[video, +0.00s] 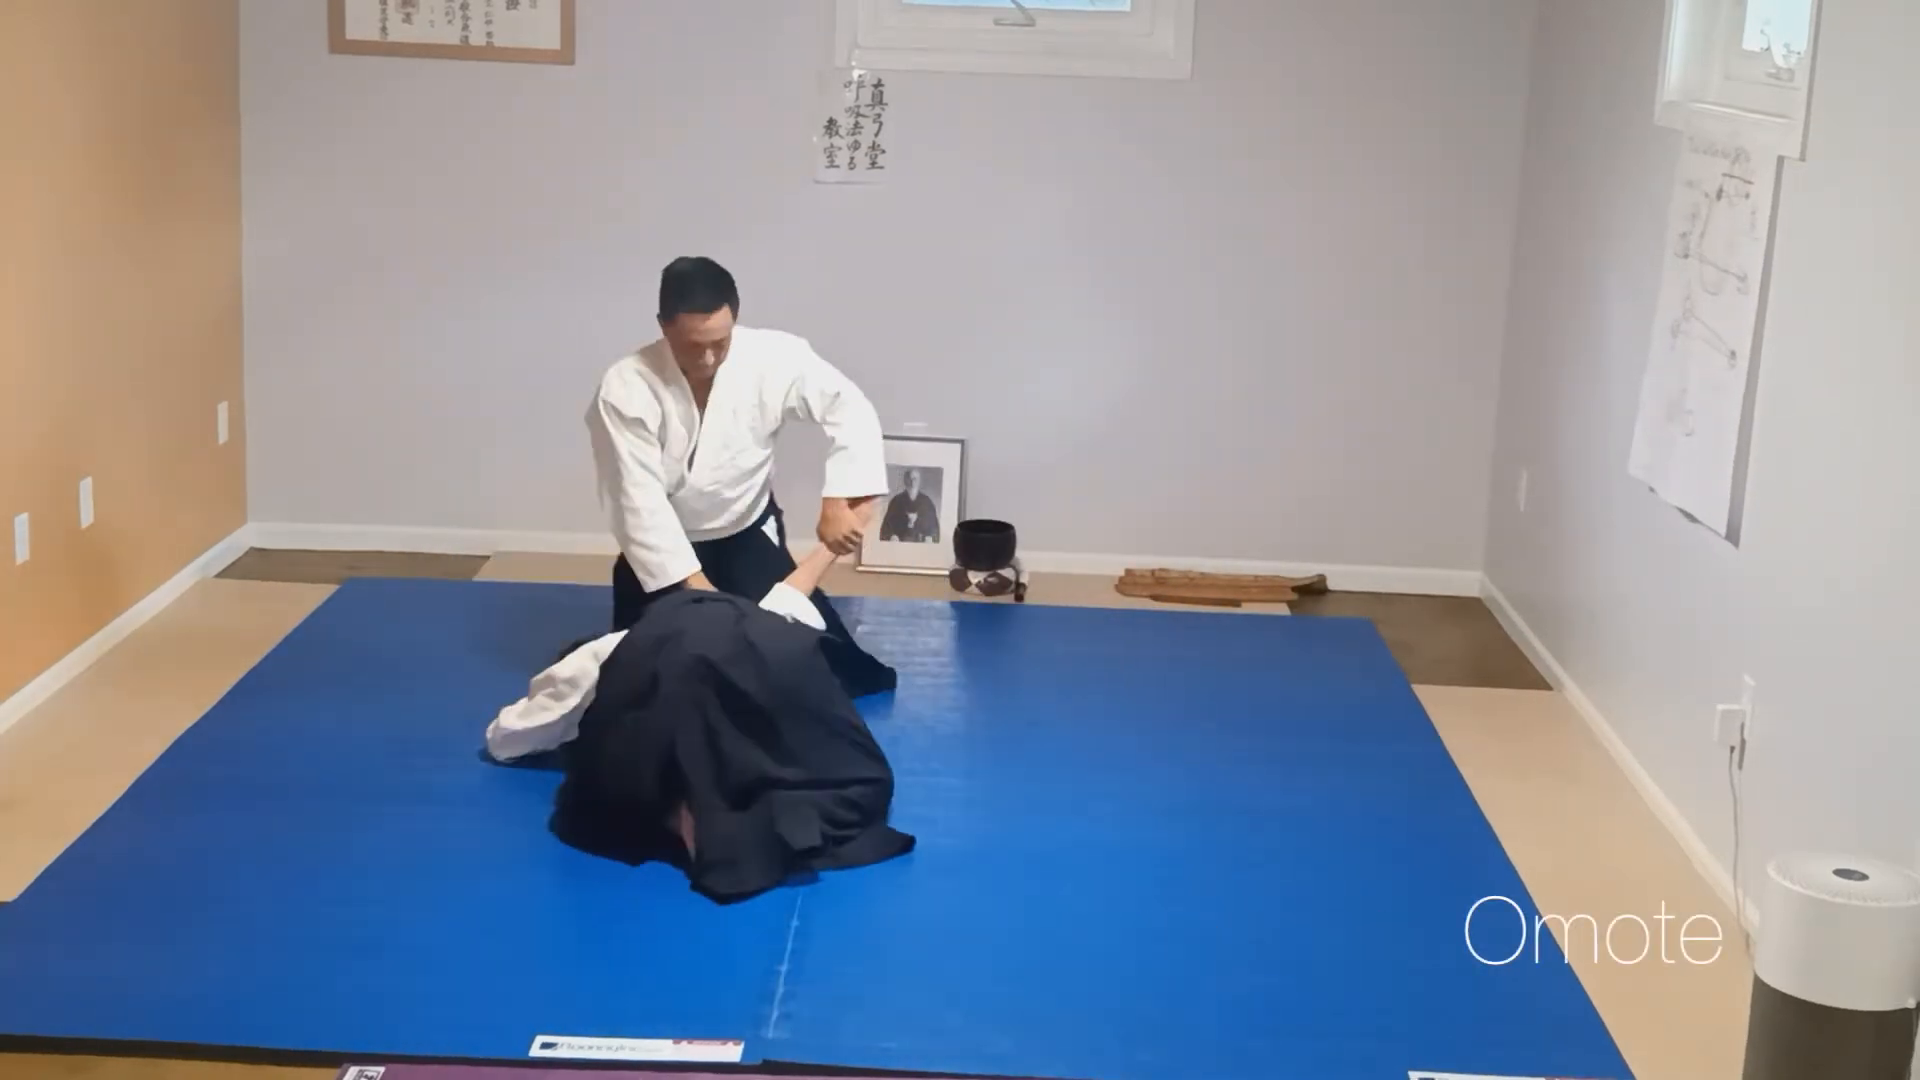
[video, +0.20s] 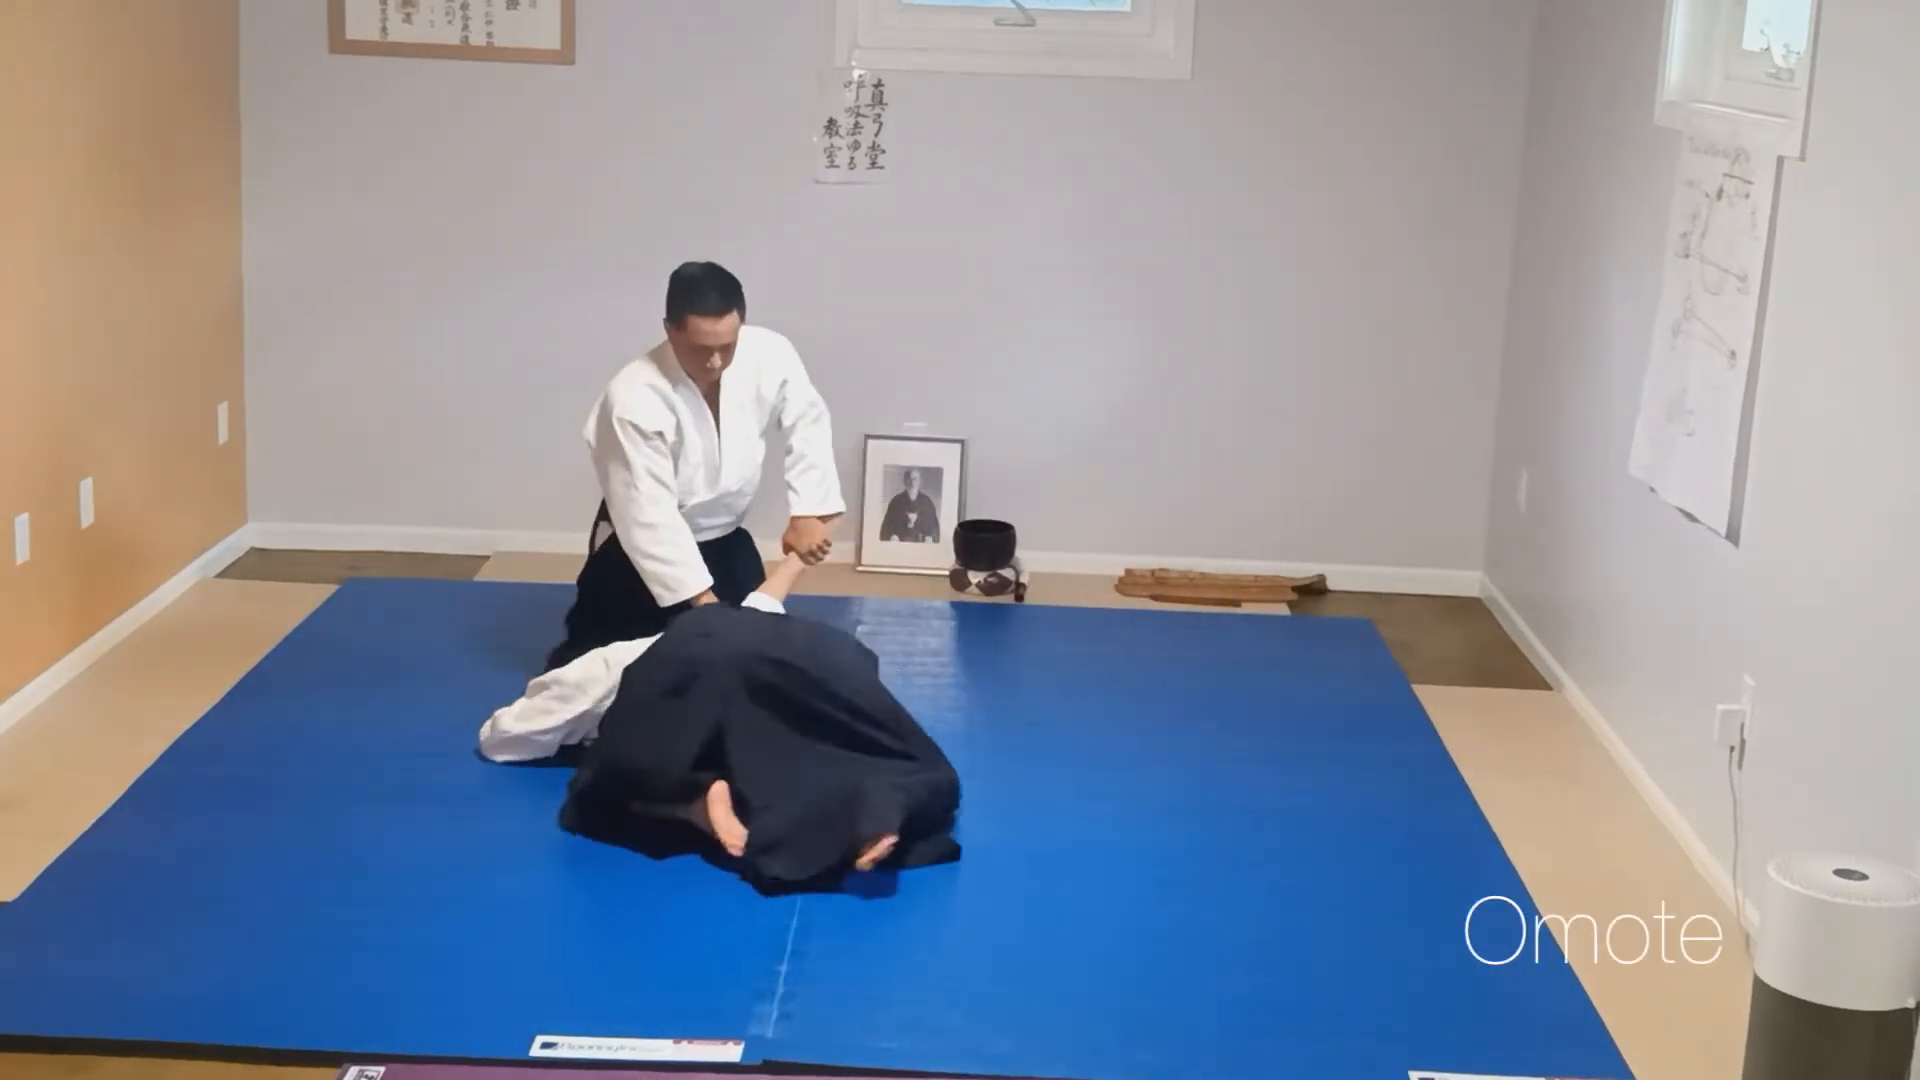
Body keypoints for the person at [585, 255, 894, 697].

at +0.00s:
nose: (709, 358)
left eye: (720, 343)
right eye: (695, 346)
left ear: (733, 320)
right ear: (665, 329)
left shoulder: (776, 361)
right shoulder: (626, 389)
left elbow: (850, 411)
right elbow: (639, 504)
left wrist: (838, 502)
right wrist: (697, 589)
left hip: (749, 548)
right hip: (659, 557)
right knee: (654, 678)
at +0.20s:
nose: (716, 362)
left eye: (727, 347)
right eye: (701, 350)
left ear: (740, 324)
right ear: (670, 331)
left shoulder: (769, 356)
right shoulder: (633, 401)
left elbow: (807, 425)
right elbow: (648, 519)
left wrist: (807, 513)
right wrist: (703, 600)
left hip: (730, 557)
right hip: (639, 568)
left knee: (743, 671)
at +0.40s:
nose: (713, 373)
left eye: (723, 360)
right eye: (699, 362)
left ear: (737, 338)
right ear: (667, 342)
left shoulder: (762, 365)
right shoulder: (629, 411)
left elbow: (799, 438)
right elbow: (643, 526)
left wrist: (797, 521)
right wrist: (698, 611)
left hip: (719, 550)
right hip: (635, 561)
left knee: (752, 645)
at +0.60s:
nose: (703, 376)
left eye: (713, 361)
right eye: (689, 364)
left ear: (726, 338)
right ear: (658, 345)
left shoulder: (755, 369)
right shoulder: (622, 414)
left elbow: (794, 446)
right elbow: (637, 525)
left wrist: (798, 530)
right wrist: (690, 611)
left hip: (717, 561)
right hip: (630, 570)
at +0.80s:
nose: (700, 374)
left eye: (710, 360)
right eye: (686, 363)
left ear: (723, 338)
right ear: (655, 345)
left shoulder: (750, 371)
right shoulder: (621, 413)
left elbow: (791, 448)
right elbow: (635, 526)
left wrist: (794, 534)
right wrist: (689, 614)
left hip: (714, 561)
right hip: (631, 569)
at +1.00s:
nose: (699, 373)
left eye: (710, 359)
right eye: (685, 361)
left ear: (722, 338)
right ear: (655, 343)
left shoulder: (748, 371)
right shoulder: (623, 412)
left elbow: (790, 449)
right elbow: (636, 527)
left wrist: (795, 538)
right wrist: (691, 616)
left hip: (712, 556)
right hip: (632, 565)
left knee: (753, 649)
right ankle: (582, 629)